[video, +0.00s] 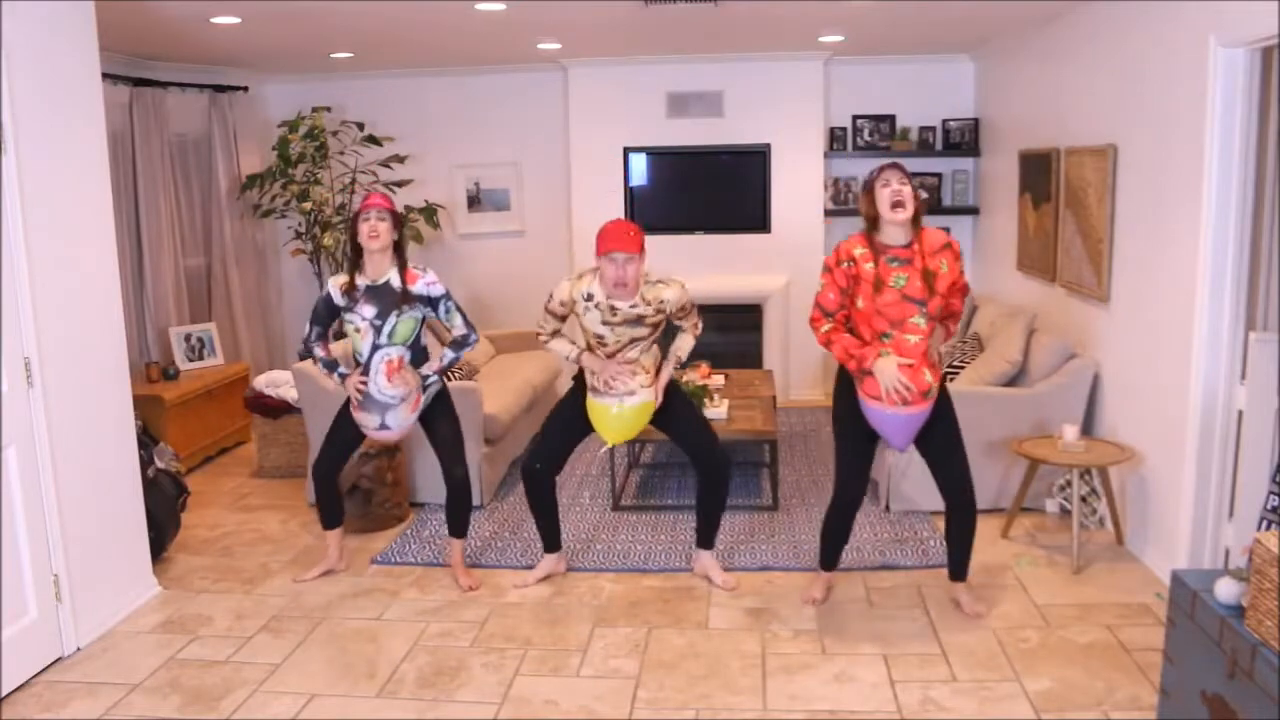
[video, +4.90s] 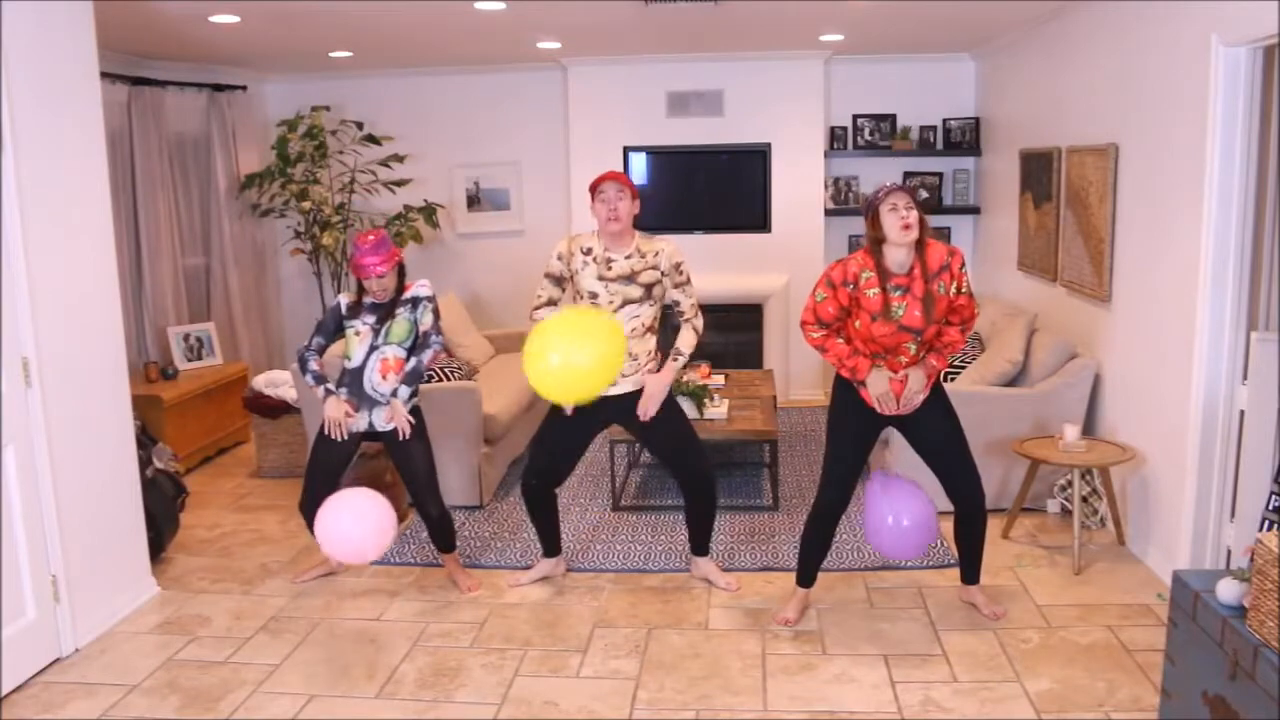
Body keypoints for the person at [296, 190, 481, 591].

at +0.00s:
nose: (372, 225)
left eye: (381, 219)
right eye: (365, 220)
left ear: (395, 230)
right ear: (355, 231)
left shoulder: (421, 281)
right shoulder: (340, 288)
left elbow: (466, 336)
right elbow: (314, 342)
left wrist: (429, 369)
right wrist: (344, 377)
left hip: (424, 386)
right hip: (367, 391)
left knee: (457, 470)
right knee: (324, 469)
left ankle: (457, 558)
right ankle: (334, 555)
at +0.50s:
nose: (354, 281)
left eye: (364, 272)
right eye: (347, 273)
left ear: (380, 279)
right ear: (339, 281)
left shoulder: (410, 324)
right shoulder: (331, 332)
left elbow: (460, 368)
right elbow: (311, 370)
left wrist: (421, 409)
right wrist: (347, 410)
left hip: (420, 403)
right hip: (365, 409)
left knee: (463, 477)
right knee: (312, 474)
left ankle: (457, 560)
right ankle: (333, 555)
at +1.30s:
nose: (357, 255)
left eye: (362, 245)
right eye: (348, 249)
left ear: (377, 229)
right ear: (337, 243)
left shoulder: (413, 264)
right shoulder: (328, 272)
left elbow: (452, 322)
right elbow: (301, 322)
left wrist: (413, 361)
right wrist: (328, 358)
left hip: (410, 380)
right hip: (356, 383)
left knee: (432, 469)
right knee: (333, 466)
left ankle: (454, 560)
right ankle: (334, 554)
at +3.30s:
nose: (365, 260)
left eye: (372, 251)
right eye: (357, 253)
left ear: (387, 241)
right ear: (347, 250)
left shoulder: (417, 276)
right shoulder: (336, 284)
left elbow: (456, 334)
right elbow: (304, 335)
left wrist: (417, 373)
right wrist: (333, 373)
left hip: (408, 390)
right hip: (356, 392)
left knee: (445, 478)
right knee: (314, 483)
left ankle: (455, 560)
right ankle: (333, 555)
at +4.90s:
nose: (376, 286)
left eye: (383, 277)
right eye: (368, 279)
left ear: (398, 268)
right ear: (357, 276)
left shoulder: (418, 296)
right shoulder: (346, 307)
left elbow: (433, 346)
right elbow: (309, 354)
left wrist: (400, 398)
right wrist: (328, 396)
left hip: (398, 411)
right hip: (348, 411)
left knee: (429, 502)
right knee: (311, 502)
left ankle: (452, 562)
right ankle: (333, 556)